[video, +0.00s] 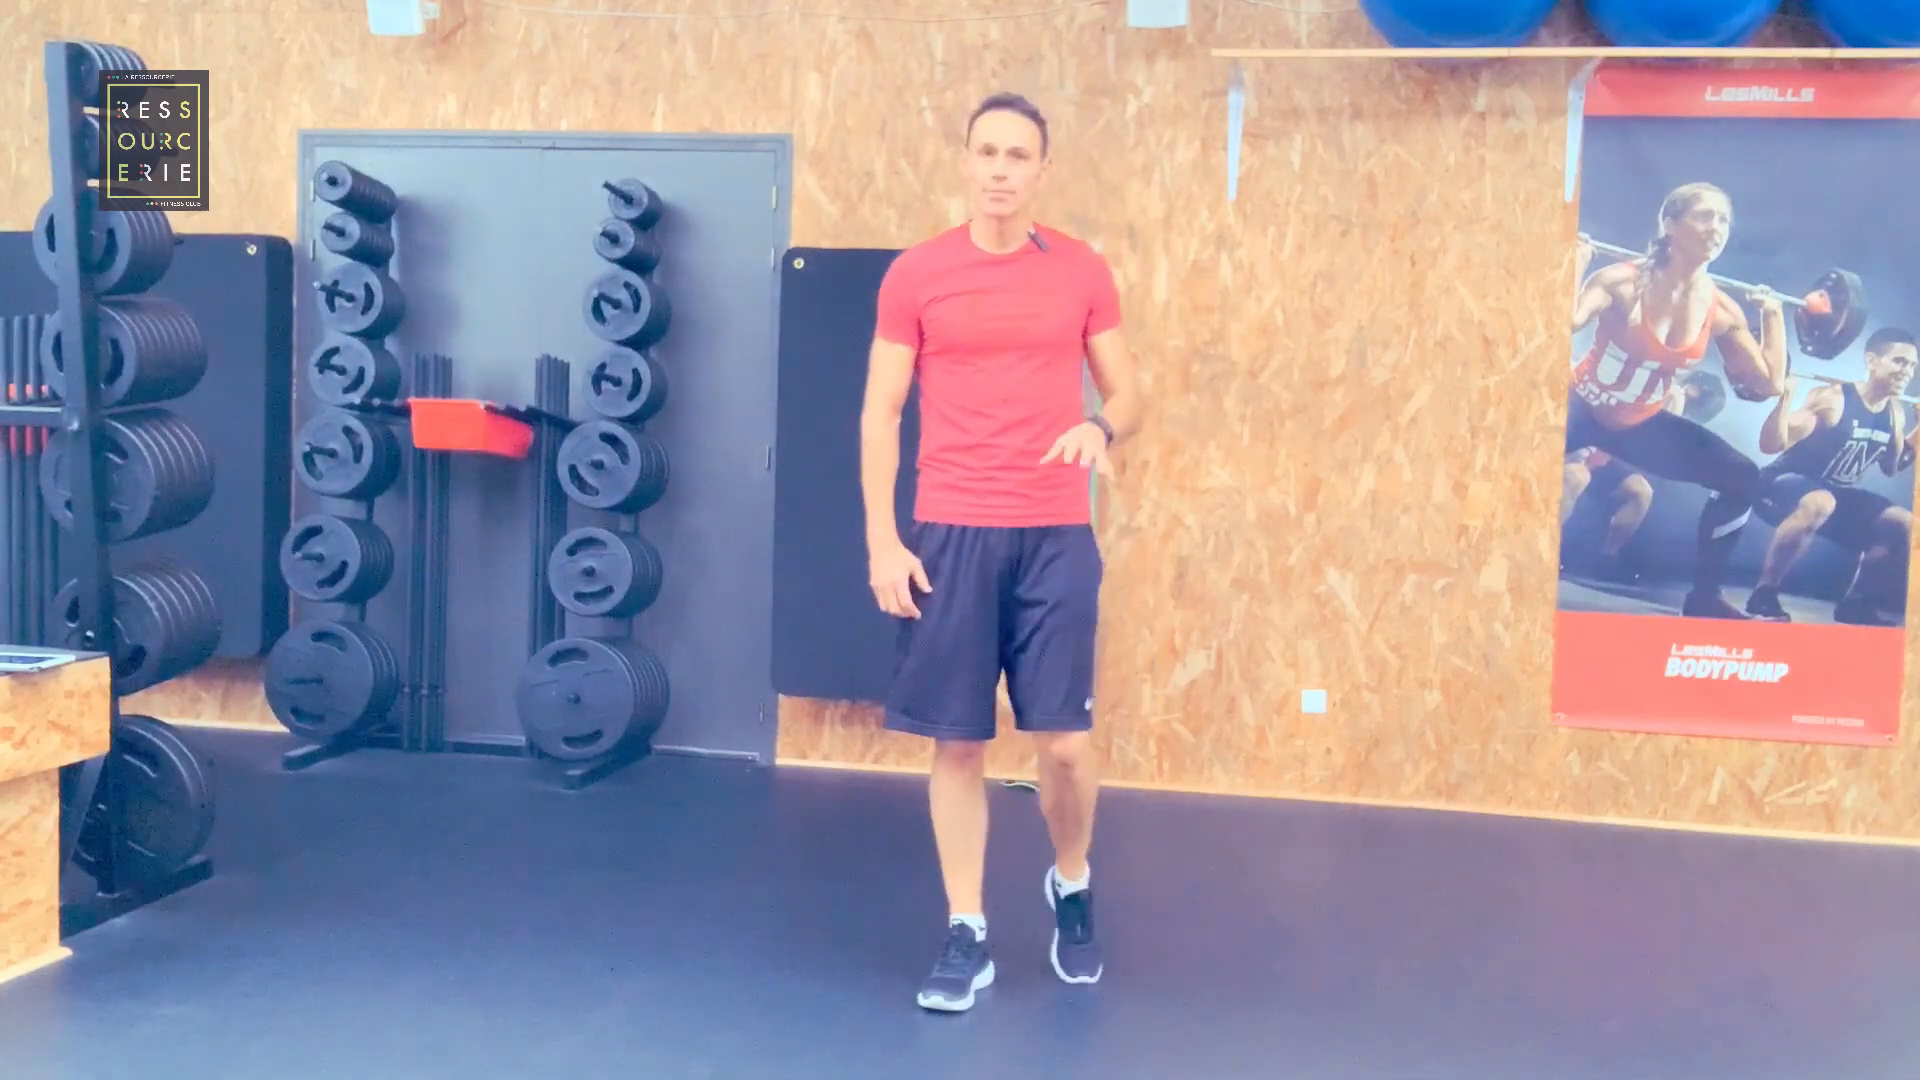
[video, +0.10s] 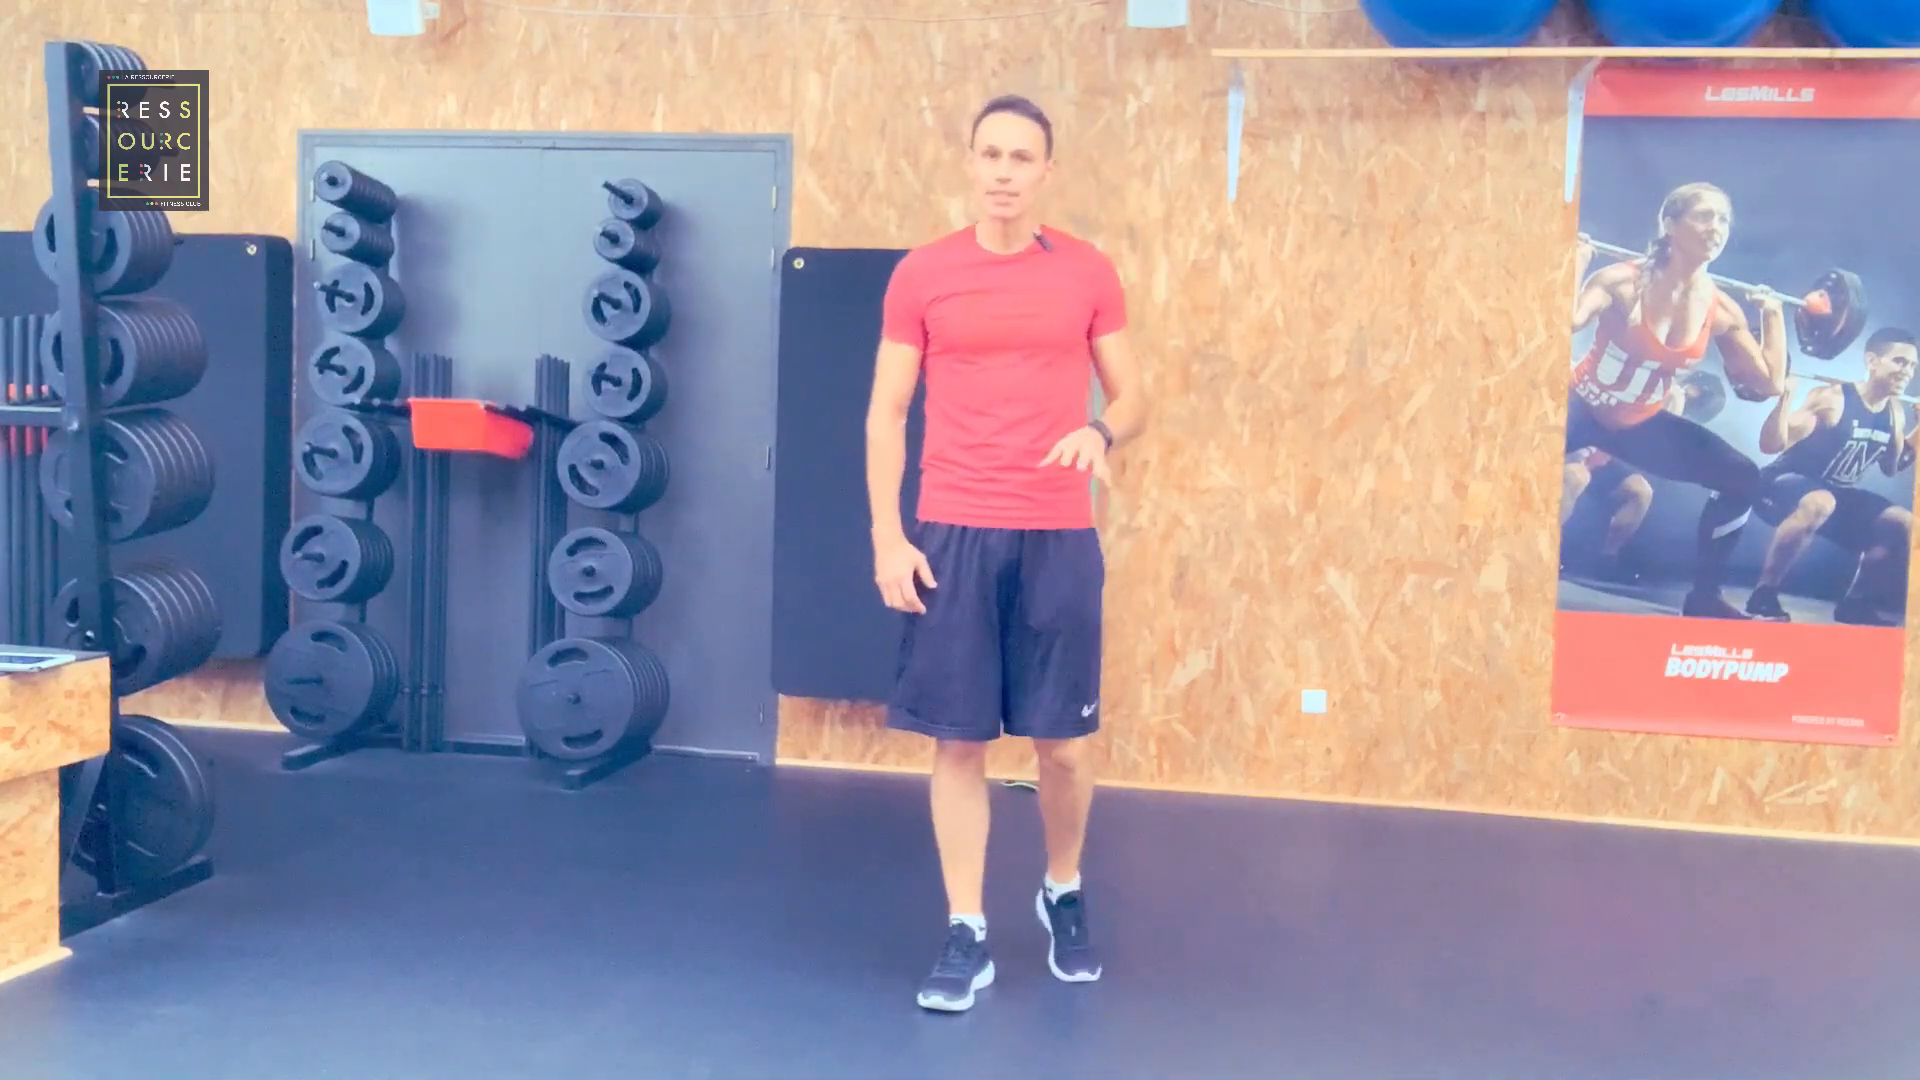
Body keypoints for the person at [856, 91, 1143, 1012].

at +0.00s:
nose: (1001, 170)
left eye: (1018, 155)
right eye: (987, 152)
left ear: (1043, 170)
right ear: (963, 163)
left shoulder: (1079, 269)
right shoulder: (916, 273)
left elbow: (1123, 400)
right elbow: (880, 412)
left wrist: (1101, 426)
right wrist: (882, 538)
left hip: (1056, 533)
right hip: (951, 533)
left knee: (1062, 743)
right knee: (958, 741)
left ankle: (1073, 890)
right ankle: (965, 932)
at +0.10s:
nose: (1004, 172)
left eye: (1022, 158)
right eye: (990, 154)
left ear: (1048, 172)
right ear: (967, 164)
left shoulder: (1085, 271)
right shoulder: (922, 273)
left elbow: (1128, 401)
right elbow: (886, 412)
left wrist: (1101, 431)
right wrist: (887, 534)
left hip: (1059, 535)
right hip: (953, 533)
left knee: (1059, 738)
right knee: (960, 739)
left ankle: (1064, 892)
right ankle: (965, 932)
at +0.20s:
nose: (1012, 170)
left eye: (1029, 156)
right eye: (998, 153)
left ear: (1056, 171)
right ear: (975, 163)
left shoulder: (1094, 269)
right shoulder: (929, 271)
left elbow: (1133, 401)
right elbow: (891, 410)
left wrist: (1103, 431)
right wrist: (899, 531)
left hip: (1066, 533)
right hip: (961, 531)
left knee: (1068, 736)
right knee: (962, 738)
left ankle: (1061, 899)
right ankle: (965, 933)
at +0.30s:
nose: (1021, 168)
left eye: (1039, 155)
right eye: (1009, 151)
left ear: (1065, 170)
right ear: (985, 163)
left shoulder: (1099, 271)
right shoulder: (938, 270)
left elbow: (1140, 402)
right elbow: (890, 411)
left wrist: (1109, 433)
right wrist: (917, 529)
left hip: (1075, 532)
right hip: (973, 531)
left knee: (1073, 734)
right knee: (966, 736)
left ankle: (1061, 902)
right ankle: (965, 933)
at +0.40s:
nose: (1030, 166)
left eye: (1048, 152)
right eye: (1018, 150)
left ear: (1073, 170)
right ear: (994, 164)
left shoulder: (1106, 271)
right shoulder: (947, 269)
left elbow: (1143, 404)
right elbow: (890, 408)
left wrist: (1118, 435)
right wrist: (931, 513)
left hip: (1083, 533)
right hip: (982, 533)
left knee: (1071, 734)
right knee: (972, 735)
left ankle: (1058, 902)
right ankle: (966, 933)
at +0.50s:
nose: (1035, 162)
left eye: (1053, 150)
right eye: (1023, 147)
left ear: (1079, 170)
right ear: (1000, 164)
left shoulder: (1113, 271)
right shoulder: (954, 270)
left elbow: (1151, 405)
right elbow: (893, 401)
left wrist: (1131, 431)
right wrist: (949, 479)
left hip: (1089, 532)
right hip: (990, 531)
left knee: (1071, 736)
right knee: (979, 735)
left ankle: (1056, 904)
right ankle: (968, 933)